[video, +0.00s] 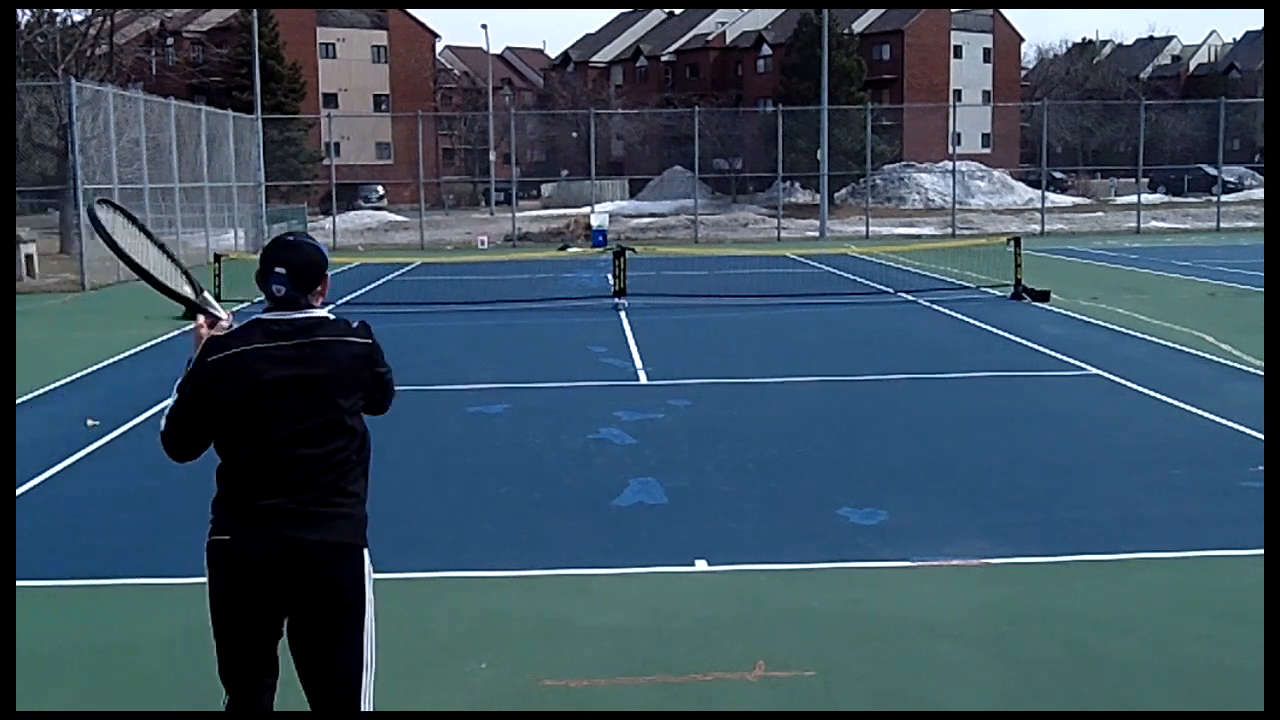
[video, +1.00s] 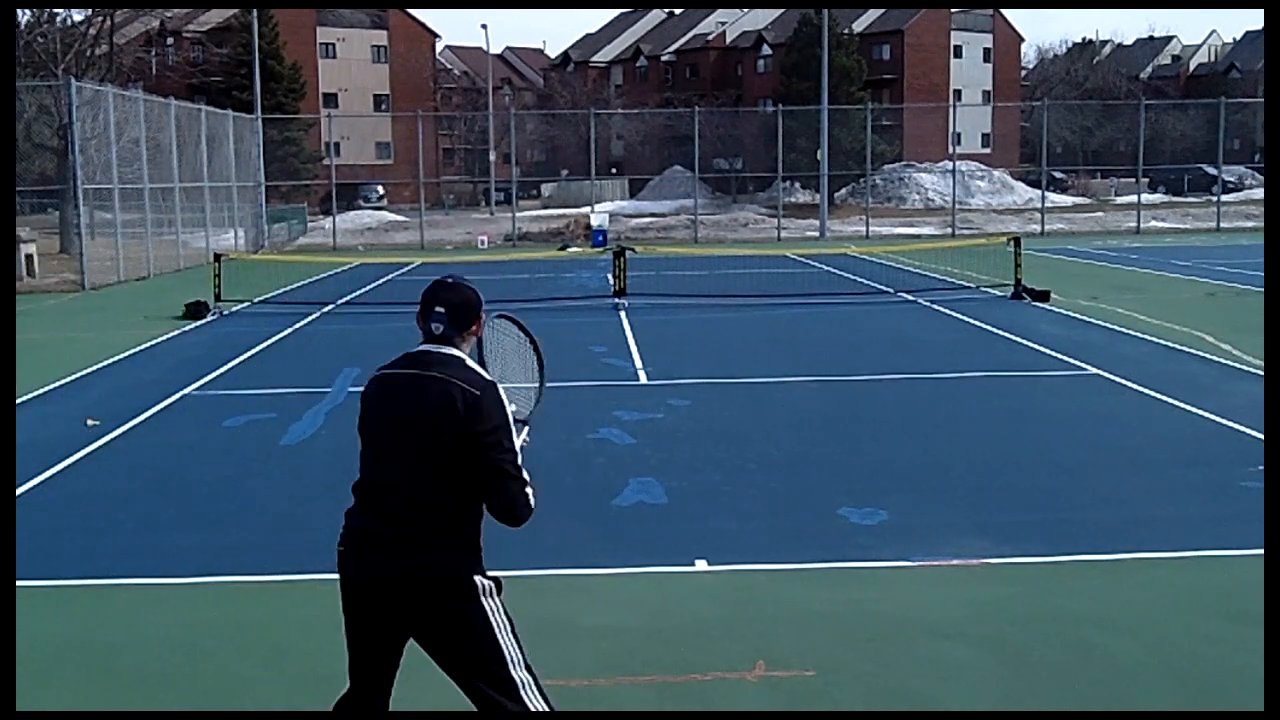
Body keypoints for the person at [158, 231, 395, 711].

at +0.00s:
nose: (329, 287)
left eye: (323, 278)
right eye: (327, 280)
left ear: (263, 288)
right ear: (322, 287)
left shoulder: (224, 351)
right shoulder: (351, 339)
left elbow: (180, 444)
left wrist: (203, 355)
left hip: (242, 551)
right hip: (332, 550)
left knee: (246, 694)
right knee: (340, 696)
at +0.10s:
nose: (353, 292)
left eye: (349, 285)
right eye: (352, 285)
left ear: (289, 293)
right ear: (347, 293)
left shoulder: (246, 356)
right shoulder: (377, 353)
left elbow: (204, 458)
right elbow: (418, 444)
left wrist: (238, 370)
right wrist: (357, 406)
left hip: (272, 558)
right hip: (360, 553)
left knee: (306, 699)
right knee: (389, 691)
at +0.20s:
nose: (373, 307)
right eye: (373, 301)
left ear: (311, 306)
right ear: (370, 308)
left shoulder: (271, 377)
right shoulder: (400, 375)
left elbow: (226, 478)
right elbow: (445, 476)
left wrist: (279, 416)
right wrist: (387, 444)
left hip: (301, 575)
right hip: (389, 571)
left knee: (318, 703)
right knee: (451, 693)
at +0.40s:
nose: (441, 279)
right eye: (440, 273)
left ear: (375, 280)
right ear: (435, 279)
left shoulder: (333, 347)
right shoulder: (467, 341)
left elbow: (296, 450)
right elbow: (509, 444)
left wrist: (358, 433)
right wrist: (456, 459)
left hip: (367, 544)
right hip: (456, 540)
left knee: (351, 687)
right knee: (513, 676)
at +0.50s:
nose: (470, 298)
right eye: (470, 292)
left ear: (406, 300)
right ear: (467, 299)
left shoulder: (369, 369)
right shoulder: (504, 363)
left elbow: (332, 477)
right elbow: (548, 464)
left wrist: (394, 462)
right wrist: (490, 484)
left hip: (404, 567)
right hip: (494, 563)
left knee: (371, 697)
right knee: (549, 692)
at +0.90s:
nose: (492, 324)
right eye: (492, 320)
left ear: (432, 323)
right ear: (489, 326)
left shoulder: (391, 390)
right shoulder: (510, 393)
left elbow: (372, 494)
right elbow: (546, 500)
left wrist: (428, 485)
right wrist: (490, 501)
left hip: (403, 575)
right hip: (487, 578)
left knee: (385, 693)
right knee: (550, 697)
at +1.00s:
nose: (481, 329)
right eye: (480, 322)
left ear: (421, 325)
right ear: (476, 326)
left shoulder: (380, 382)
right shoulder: (478, 391)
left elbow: (397, 468)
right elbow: (514, 508)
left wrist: (481, 447)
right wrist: (512, 456)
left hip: (367, 568)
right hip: (446, 574)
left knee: (365, 695)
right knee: (518, 700)